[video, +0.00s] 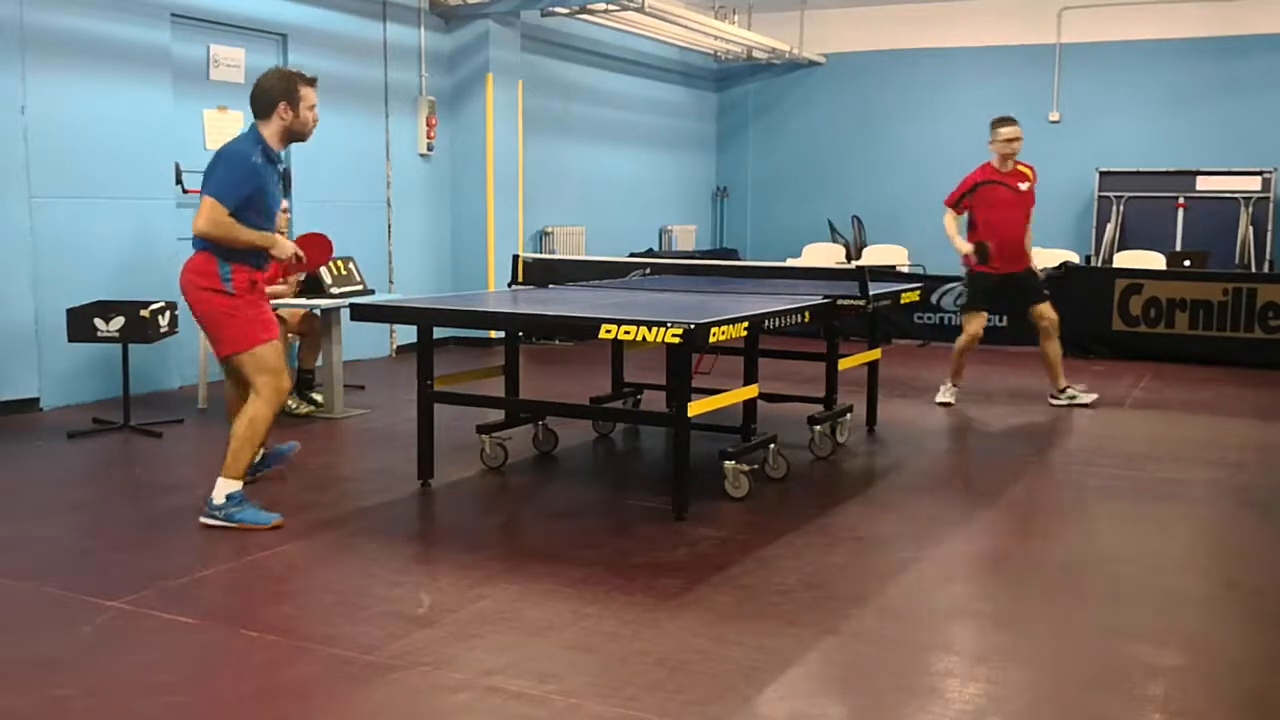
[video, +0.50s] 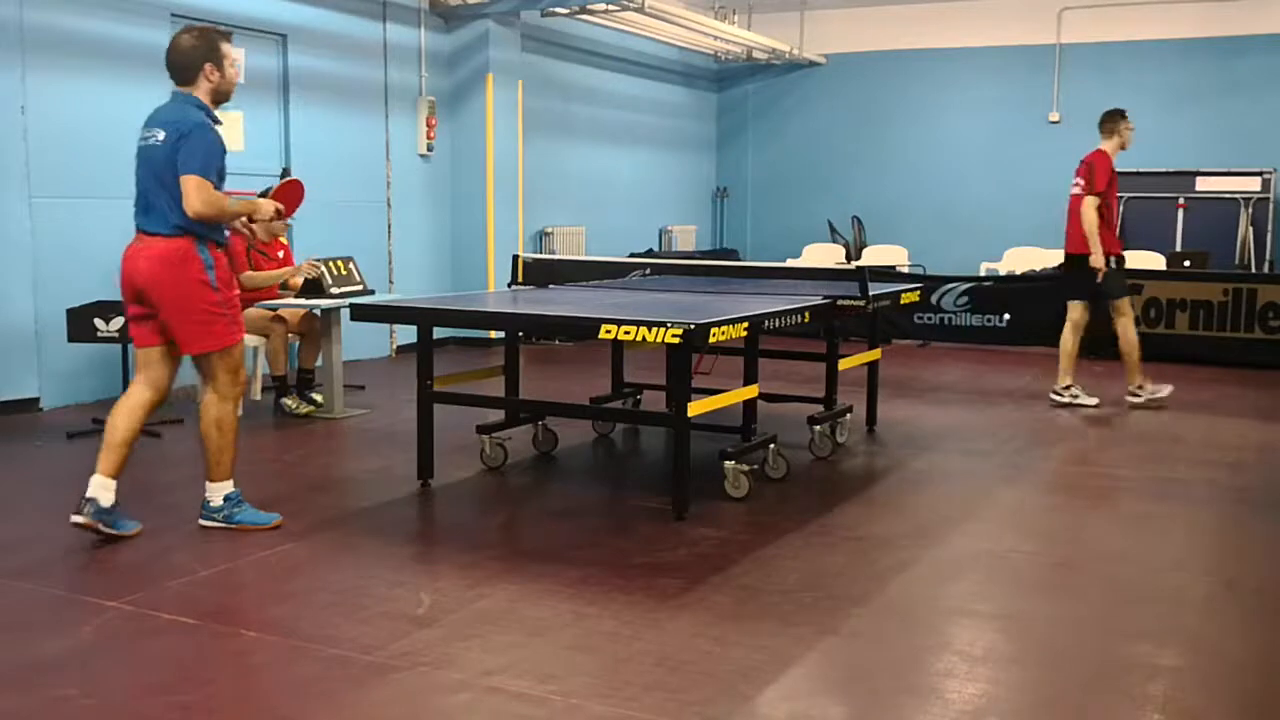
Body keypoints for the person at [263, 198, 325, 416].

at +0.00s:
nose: (285, 220)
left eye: (287, 215)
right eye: (281, 215)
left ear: (288, 221)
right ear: (267, 220)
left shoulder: (287, 251)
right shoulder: (254, 253)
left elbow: (292, 285)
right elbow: (249, 289)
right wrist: (282, 289)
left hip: (276, 307)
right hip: (253, 310)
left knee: (312, 324)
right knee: (278, 330)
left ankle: (305, 387)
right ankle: (284, 393)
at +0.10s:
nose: (288, 217)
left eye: (289, 212)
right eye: (282, 212)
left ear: (289, 214)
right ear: (265, 213)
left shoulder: (286, 245)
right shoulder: (251, 246)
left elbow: (292, 280)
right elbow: (247, 285)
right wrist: (284, 283)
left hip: (280, 303)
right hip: (255, 307)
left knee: (313, 323)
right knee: (277, 328)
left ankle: (305, 387)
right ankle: (283, 393)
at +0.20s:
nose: (288, 219)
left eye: (290, 214)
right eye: (283, 213)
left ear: (290, 214)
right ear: (265, 213)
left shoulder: (285, 246)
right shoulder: (250, 244)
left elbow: (292, 282)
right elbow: (248, 282)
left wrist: (317, 285)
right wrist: (287, 275)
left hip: (279, 303)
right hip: (252, 305)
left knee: (313, 323)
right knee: (277, 326)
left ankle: (305, 387)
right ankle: (282, 394)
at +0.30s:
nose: (290, 219)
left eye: (290, 213)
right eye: (286, 212)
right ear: (269, 213)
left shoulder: (282, 245)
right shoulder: (243, 242)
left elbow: (292, 282)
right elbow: (242, 280)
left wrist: (319, 284)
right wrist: (291, 269)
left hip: (276, 303)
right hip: (247, 305)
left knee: (313, 323)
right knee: (277, 326)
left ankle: (305, 388)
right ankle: (282, 395)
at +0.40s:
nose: (287, 221)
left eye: (288, 215)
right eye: (282, 214)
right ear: (263, 216)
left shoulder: (281, 243)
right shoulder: (242, 240)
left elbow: (290, 281)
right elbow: (240, 279)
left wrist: (314, 283)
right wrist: (292, 268)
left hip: (274, 303)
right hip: (245, 306)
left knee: (313, 323)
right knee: (277, 325)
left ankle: (304, 388)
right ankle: (282, 395)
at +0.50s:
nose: (287, 222)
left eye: (287, 217)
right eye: (281, 217)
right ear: (262, 218)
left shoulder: (282, 245)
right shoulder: (238, 241)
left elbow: (289, 283)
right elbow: (246, 280)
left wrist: (311, 283)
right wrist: (292, 271)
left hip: (274, 303)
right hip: (244, 306)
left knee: (312, 323)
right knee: (277, 326)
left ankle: (305, 389)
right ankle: (283, 396)